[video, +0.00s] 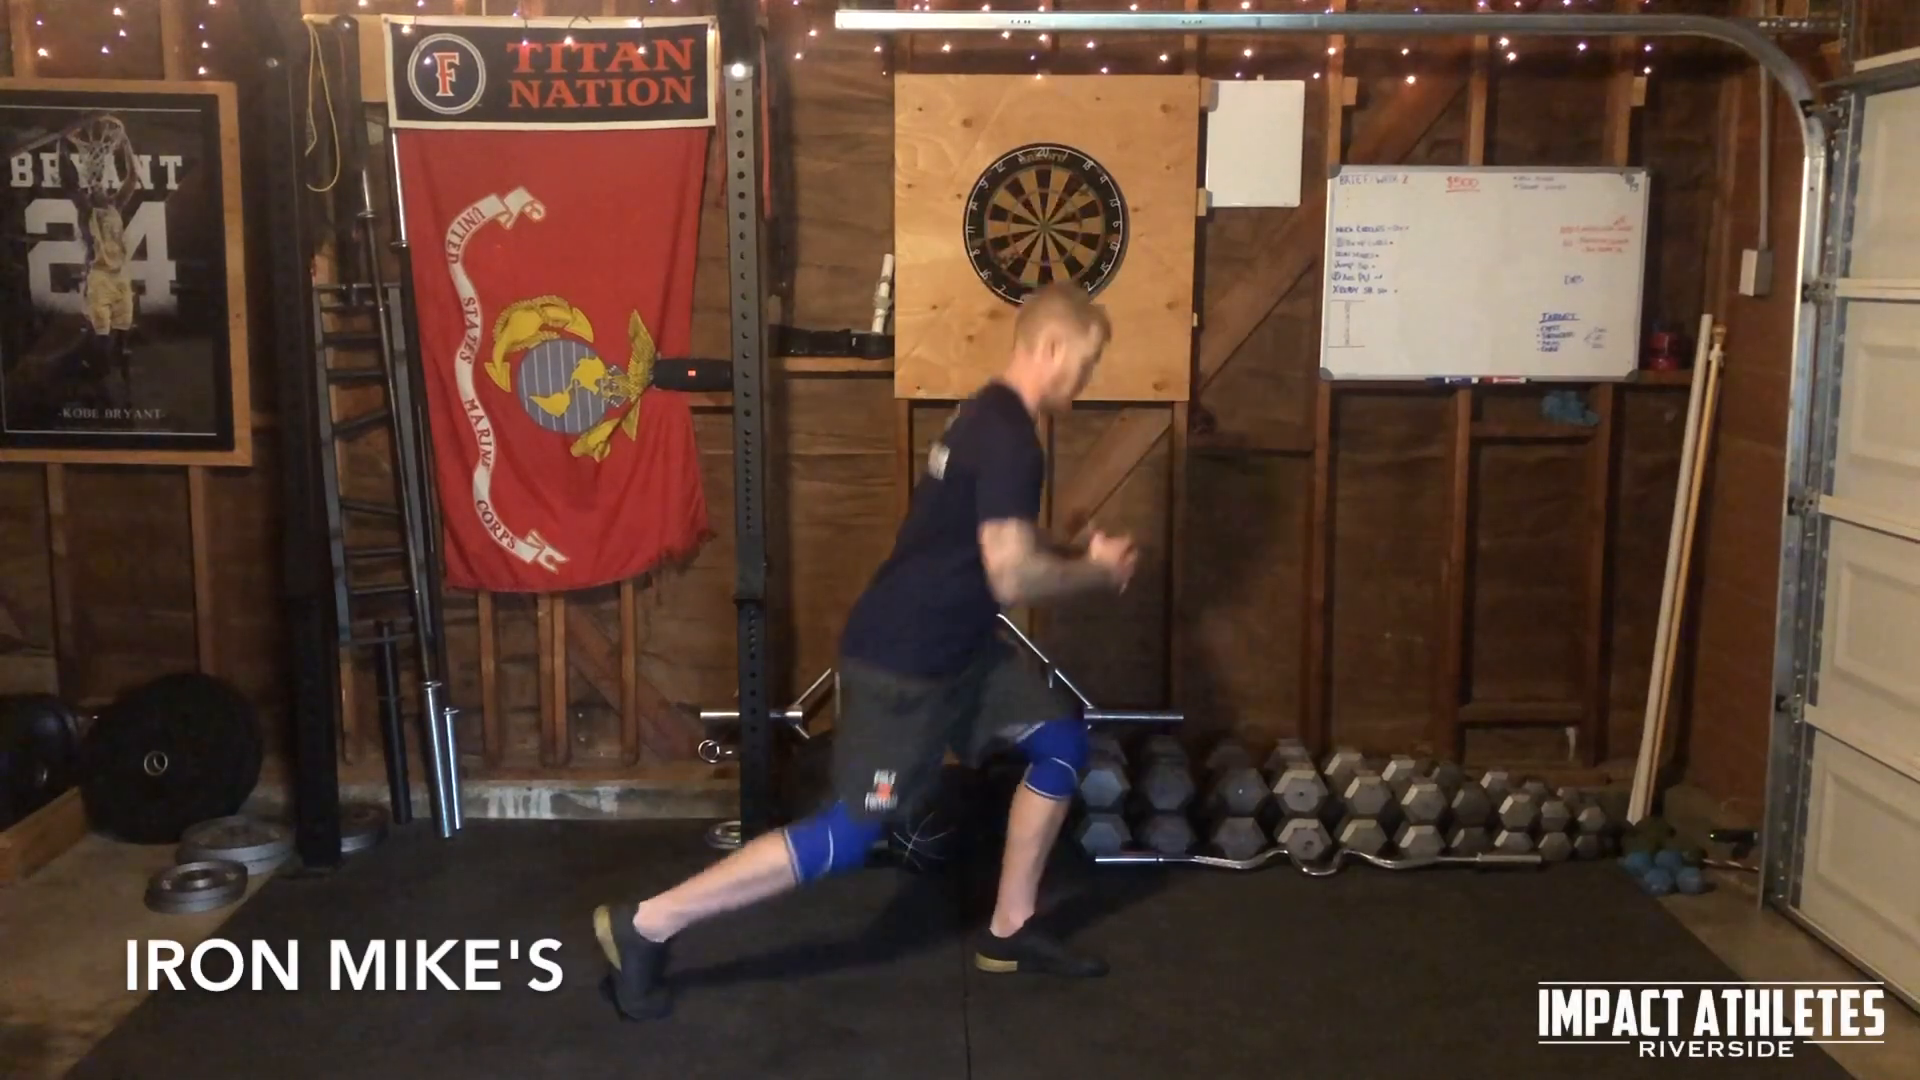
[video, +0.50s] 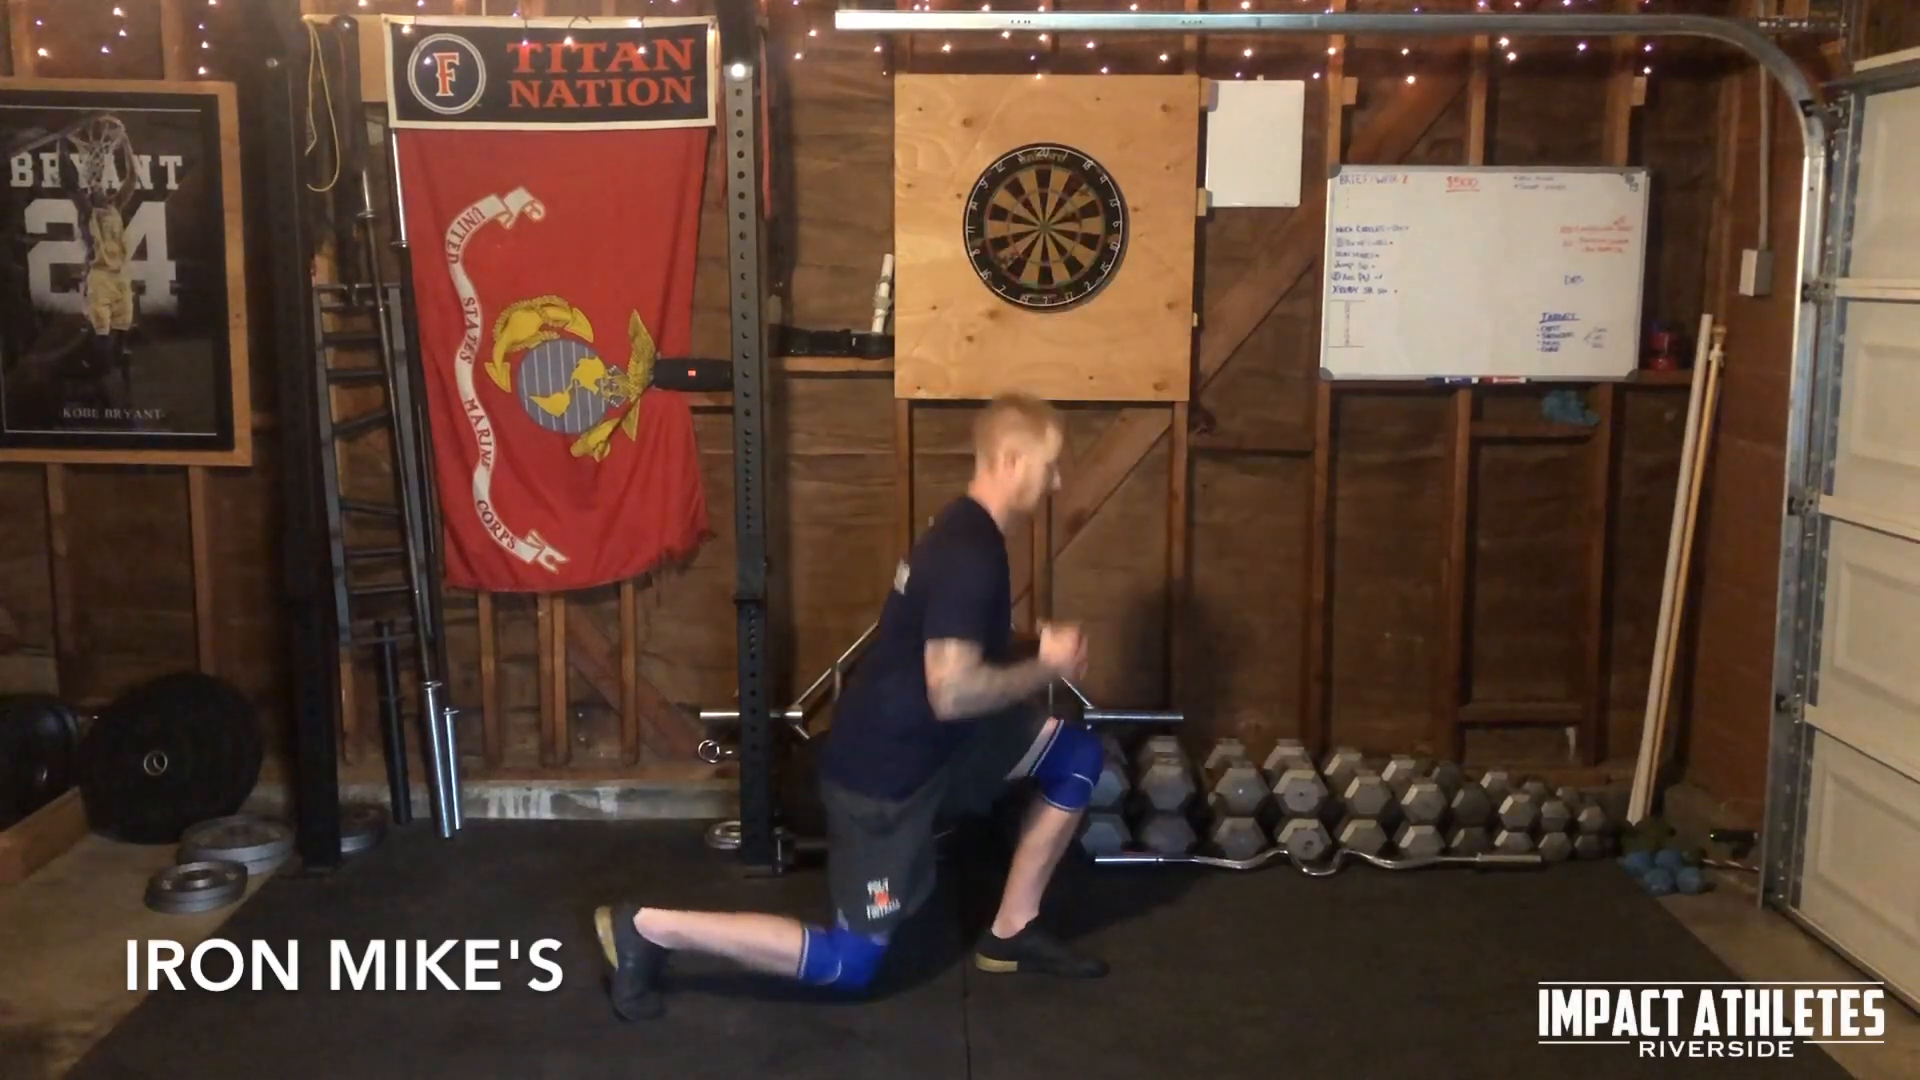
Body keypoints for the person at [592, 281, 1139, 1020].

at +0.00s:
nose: (1086, 378)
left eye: (1091, 362)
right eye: (1087, 360)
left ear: (1034, 347)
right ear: (1052, 350)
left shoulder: (995, 415)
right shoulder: (1004, 430)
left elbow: (993, 544)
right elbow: (1011, 575)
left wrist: (1068, 548)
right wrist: (1091, 571)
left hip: (963, 647)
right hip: (902, 656)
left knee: (1059, 739)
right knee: (855, 831)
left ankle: (1010, 927)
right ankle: (644, 923)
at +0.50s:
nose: (1054, 480)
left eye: (1056, 466)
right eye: (1049, 464)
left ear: (1002, 458)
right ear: (1010, 460)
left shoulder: (979, 533)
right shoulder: (967, 545)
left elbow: (973, 648)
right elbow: (950, 692)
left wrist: (1037, 648)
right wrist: (1047, 666)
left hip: (939, 745)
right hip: (882, 771)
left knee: (1077, 756)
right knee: (851, 959)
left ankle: (1011, 932)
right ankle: (642, 928)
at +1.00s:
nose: (1072, 288)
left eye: (1078, 271)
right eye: (1070, 268)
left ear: (1018, 255)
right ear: (1025, 253)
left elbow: (962, 439)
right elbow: (927, 440)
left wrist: (1031, 442)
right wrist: (1027, 445)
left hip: (903, 564)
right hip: (910, 568)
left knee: (852, 741)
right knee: (1020, 737)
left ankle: (679, 839)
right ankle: (1029, 959)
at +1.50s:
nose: (1064, 485)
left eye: (1064, 469)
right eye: (1057, 469)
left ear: (1007, 467)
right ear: (1016, 466)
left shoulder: (973, 534)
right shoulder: (982, 539)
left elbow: (958, 658)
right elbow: (962, 672)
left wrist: (1031, 648)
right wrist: (1042, 650)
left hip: (873, 762)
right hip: (914, 763)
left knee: (846, 933)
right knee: (1107, 778)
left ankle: (647, 898)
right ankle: (1048, 976)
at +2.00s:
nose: (1090, 270)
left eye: (1096, 254)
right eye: (1090, 249)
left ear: (1040, 232)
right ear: (1050, 231)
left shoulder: (1010, 307)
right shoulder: (1006, 308)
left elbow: (997, 426)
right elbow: (1015, 446)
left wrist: (1051, 414)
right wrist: (1072, 426)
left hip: (968, 560)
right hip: (930, 559)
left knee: (1005, 716)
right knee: (897, 743)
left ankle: (1000, 906)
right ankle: (716, 867)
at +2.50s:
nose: (1085, 497)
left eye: (1086, 480)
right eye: (1079, 479)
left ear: (1026, 475)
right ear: (1038, 474)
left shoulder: (1015, 551)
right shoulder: (997, 558)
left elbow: (996, 679)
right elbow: (985, 711)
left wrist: (1055, 684)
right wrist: (1065, 667)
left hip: (970, 765)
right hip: (907, 788)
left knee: (1111, 759)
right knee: (839, 970)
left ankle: (1043, 935)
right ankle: (629, 939)